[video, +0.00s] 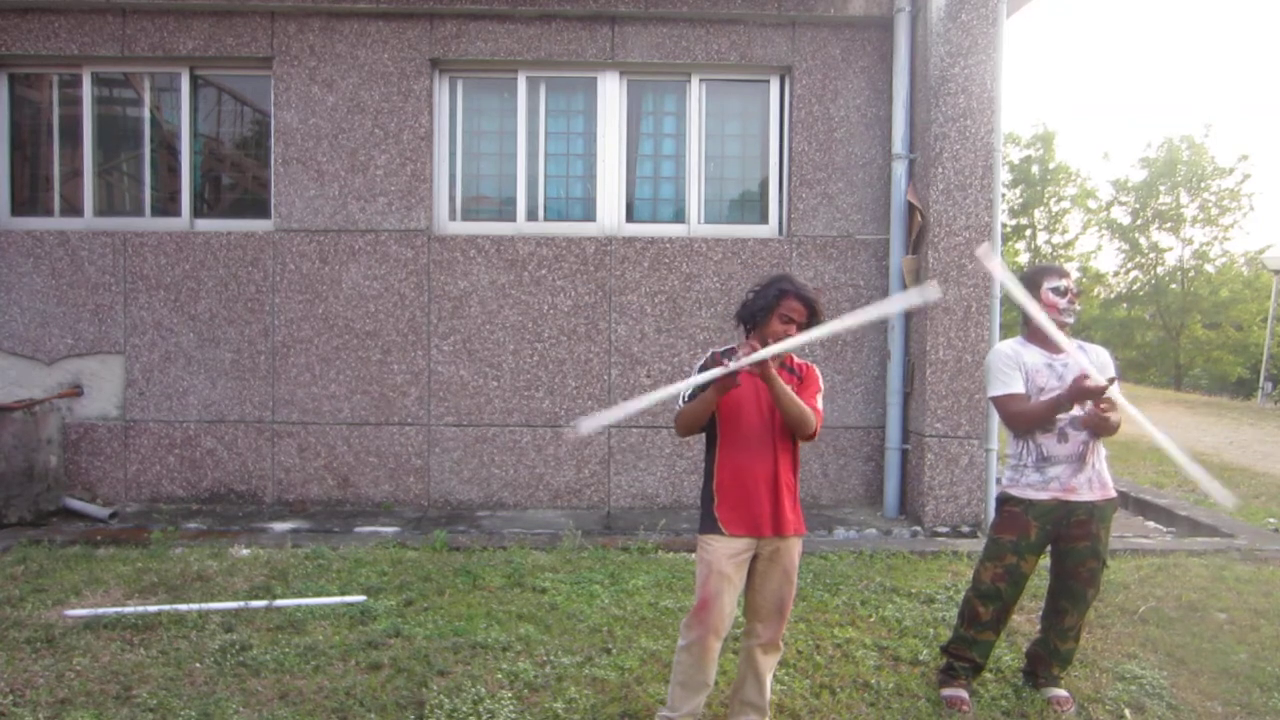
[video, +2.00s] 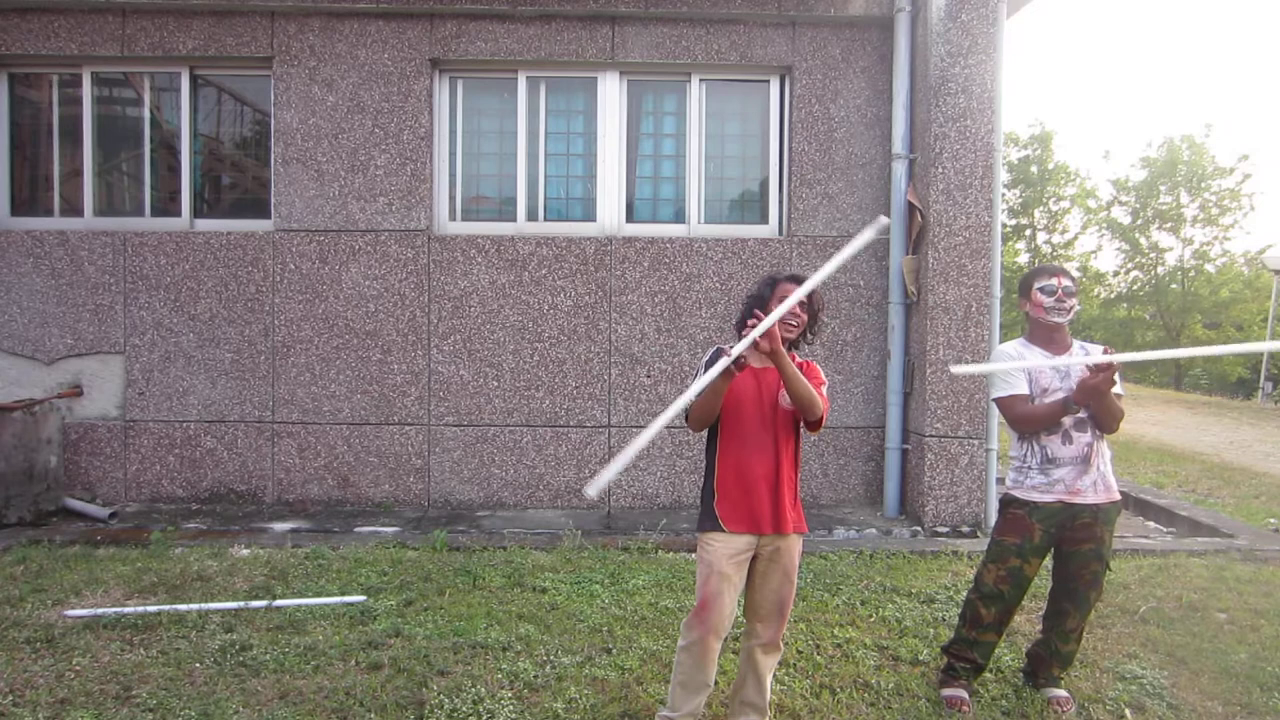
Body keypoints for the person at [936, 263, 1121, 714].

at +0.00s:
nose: (1071, 300)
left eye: (1074, 293)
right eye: (1059, 291)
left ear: (1076, 304)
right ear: (1029, 300)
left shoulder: (1094, 356)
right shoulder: (1006, 355)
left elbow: (1110, 420)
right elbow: (1018, 421)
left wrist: (1103, 421)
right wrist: (1071, 396)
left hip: (1089, 497)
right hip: (1028, 496)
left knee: (1076, 594)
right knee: (994, 585)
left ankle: (1045, 671)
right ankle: (957, 674)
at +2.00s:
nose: (1060, 298)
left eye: (1068, 292)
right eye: (1048, 291)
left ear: (1077, 304)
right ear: (1025, 304)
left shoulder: (1095, 355)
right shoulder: (1008, 355)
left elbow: (1112, 423)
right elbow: (1021, 420)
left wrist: (1099, 393)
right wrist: (1078, 399)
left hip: (1094, 499)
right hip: (1032, 496)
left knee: (1078, 597)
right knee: (997, 586)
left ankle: (1045, 673)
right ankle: (958, 673)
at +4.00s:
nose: (1067, 297)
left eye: (1071, 291)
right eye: (1054, 290)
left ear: (1075, 304)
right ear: (1026, 303)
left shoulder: (1093, 357)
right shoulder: (1009, 354)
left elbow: (1112, 424)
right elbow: (1026, 418)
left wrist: (1117, 391)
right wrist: (1074, 381)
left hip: (1094, 499)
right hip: (1033, 497)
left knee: (1078, 598)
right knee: (997, 588)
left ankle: (1046, 673)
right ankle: (958, 675)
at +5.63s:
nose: (1052, 300)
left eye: (1061, 294)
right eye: (1042, 292)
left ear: (1072, 307)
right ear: (1020, 305)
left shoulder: (1084, 357)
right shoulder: (1006, 358)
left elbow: (1107, 416)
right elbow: (1023, 421)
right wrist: (1063, 376)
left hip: (1085, 501)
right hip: (1030, 500)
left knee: (1080, 598)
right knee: (996, 591)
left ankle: (1047, 673)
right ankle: (958, 677)